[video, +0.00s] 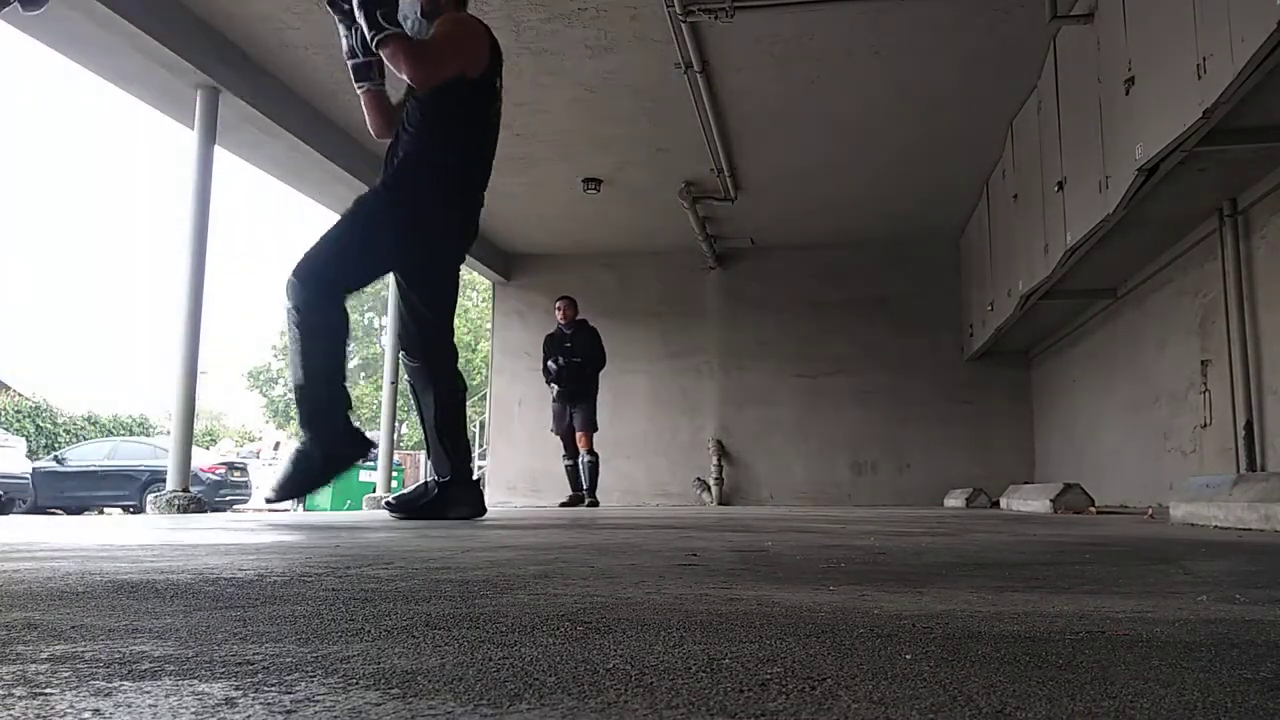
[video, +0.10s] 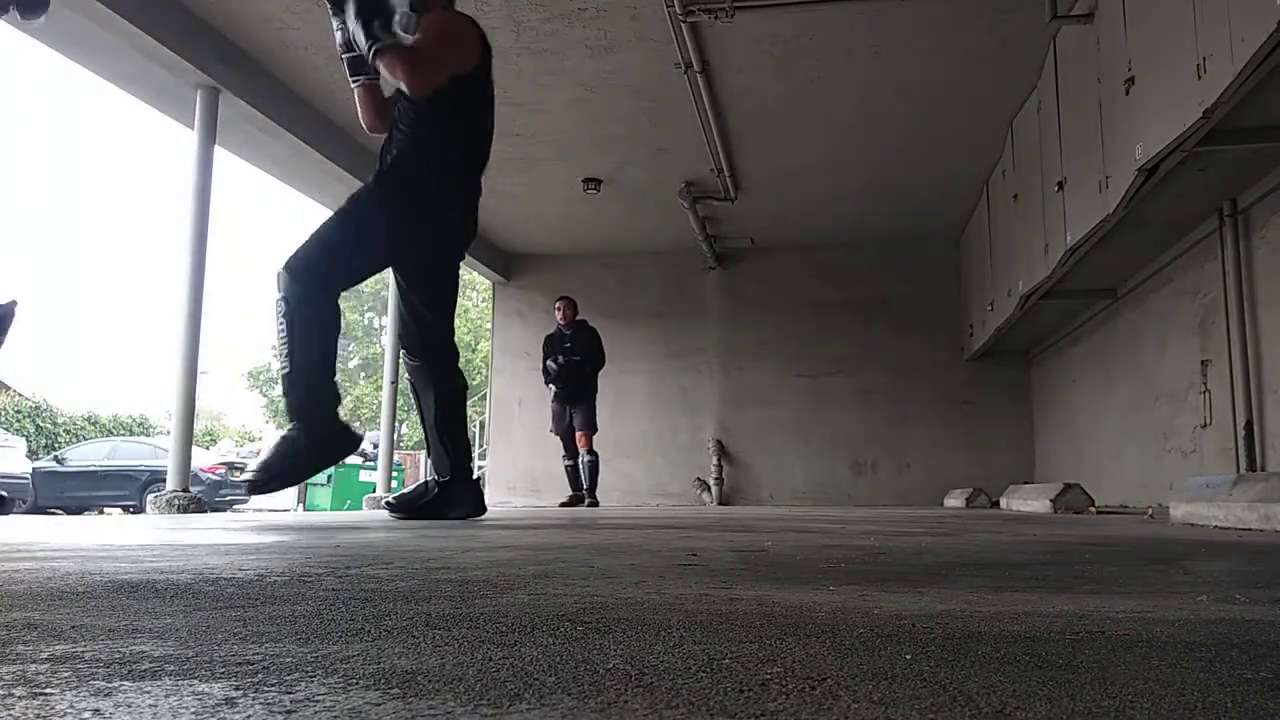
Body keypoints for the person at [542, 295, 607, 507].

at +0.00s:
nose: (562, 313)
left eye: (566, 309)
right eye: (558, 309)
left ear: (575, 311)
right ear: (555, 313)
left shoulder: (588, 332)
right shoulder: (551, 339)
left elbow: (600, 360)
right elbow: (547, 371)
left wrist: (580, 370)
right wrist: (552, 375)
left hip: (584, 395)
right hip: (561, 397)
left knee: (583, 440)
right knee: (568, 443)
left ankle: (590, 493)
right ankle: (576, 492)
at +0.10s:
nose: (562, 313)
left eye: (566, 309)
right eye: (558, 309)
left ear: (575, 311)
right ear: (554, 313)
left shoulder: (588, 333)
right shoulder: (550, 340)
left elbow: (599, 361)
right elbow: (546, 372)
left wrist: (578, 368)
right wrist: (553, 376)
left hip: (584, 395)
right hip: (560, 398)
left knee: (583, 440)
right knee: (567, 443)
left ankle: (590, 493)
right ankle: (576, 492)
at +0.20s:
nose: (562, 312)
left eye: (567, 308)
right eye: (559, 309)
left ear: (575, 311)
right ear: (555, 313)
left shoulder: (588, 333)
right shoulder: (550, 340)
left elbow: (600, 360)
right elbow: (546, 369)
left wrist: (581, 373)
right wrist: (552, 383)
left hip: (583, 395)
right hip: (560, 398)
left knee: (583, 439)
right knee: (567, 443)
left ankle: (590, 493)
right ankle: (576, 492)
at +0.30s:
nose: (563, 313)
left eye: (567, 309)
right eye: (560, 309)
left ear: (576, 312)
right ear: (555, 314)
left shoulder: (589, 333)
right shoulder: (550, 340)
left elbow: (601, 360)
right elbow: (546, 368)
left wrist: (582, 371)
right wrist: (552, 384)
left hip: (583, 396)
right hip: (560, 398)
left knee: (584, 440)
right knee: (567, 444)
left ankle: (590, 493)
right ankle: (576, 492)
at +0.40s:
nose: (563, 313)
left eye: (567, 309)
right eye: (560, 309)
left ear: (576, 312)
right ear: (555, 314)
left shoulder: (589, 333)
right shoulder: (550, 340)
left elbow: (602, 360)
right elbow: (546, 368)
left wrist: (585, 372)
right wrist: (553, 384)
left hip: (584, 396)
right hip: (561, 398)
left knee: (584, 439)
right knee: (567, 443)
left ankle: (590, 493)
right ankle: (576, 492)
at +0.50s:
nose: (563, 313)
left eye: (568, 309)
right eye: (560, 309)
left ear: (576, 312)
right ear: (555, 314)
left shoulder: (589, 333)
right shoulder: (550, 340)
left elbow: (603, 360)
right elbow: (547, 369)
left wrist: (580, 364)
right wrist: (554, 382)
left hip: (585, 396)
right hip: (562, 399)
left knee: (585, 439)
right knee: (568, 444)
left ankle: (591, 492)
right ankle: (576, 492)